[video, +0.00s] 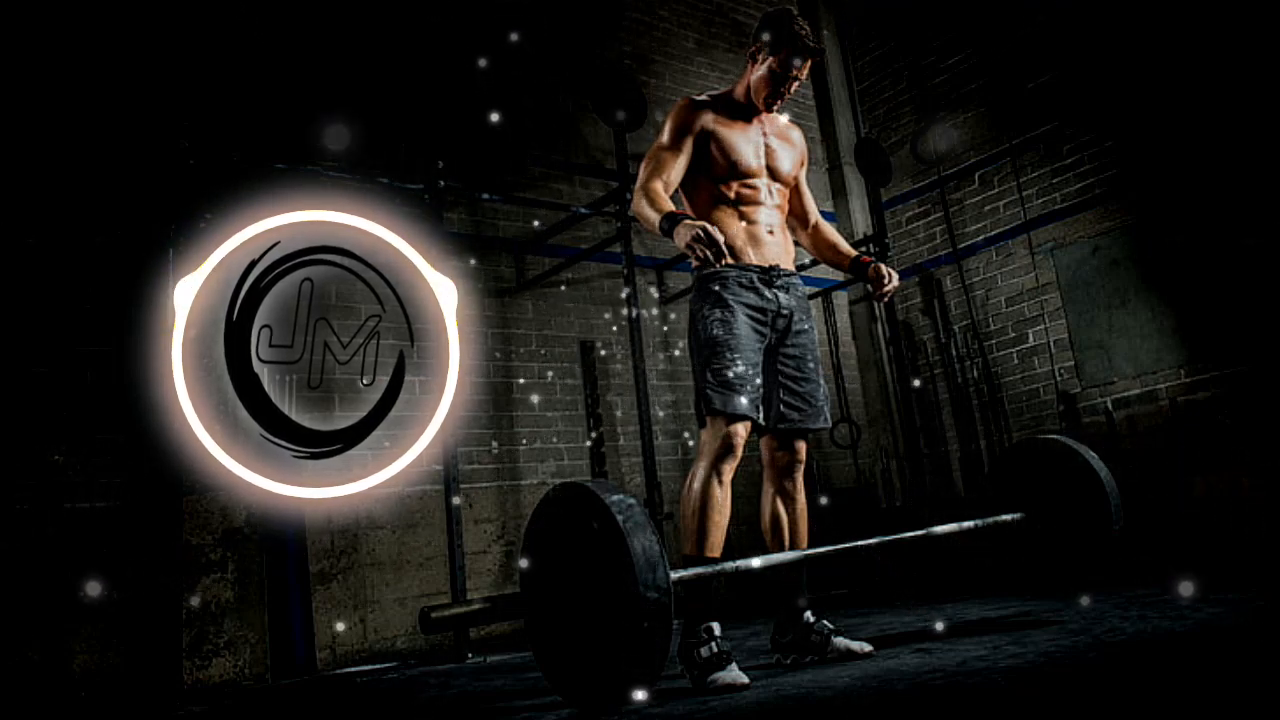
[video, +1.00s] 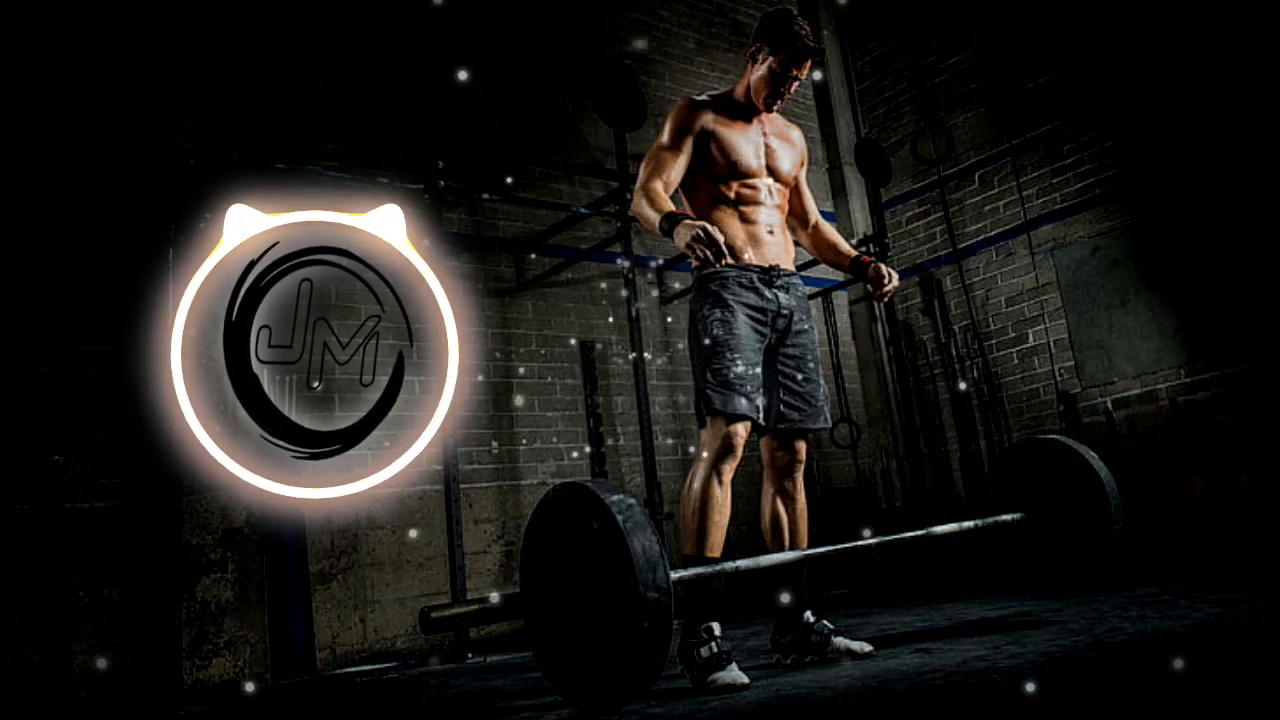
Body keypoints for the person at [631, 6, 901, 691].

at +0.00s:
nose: (787, 93)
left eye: (798, 83)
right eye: (783, 76)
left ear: (802, 77)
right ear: (756, 57)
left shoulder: (792, 135)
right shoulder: (698, 115)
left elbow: (808, 224)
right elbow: (645, 198)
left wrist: (860, 265)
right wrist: (676, 226)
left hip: (790, 296)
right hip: (730, 292)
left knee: (790, 454)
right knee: (729, 437)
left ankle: (797, 624)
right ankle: (698, 634)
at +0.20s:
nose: (790, 94)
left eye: (800, 83)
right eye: (786, 77)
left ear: (804, 77)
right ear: (757, 59)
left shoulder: (792, 136)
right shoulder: (697, 115)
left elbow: (809, 224)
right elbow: (645, 198)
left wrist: (861, 265)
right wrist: (676, 226)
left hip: (790, 297)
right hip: (730, 292)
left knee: (790, 454)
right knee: (729, 437)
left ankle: (796, 625)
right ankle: (698, 634)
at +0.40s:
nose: (790, 94)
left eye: (800, 84)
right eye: (786, 78)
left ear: (803, 79)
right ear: (756, 60)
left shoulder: (792, 136)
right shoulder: (697, 115)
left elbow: (809, 225)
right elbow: (645, 199)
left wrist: (861, 264)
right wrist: (678, 224)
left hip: (790, 297)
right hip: (730, 292)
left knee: (790, 454)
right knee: (729, 438)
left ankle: (796, 624)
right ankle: (698, 634)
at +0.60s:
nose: (787, 94)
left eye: (798, 84)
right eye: (784, 77)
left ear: (802, 78)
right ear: (757, 57)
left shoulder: (792, 136)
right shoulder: (697, 115)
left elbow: (809, 225)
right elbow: (645, 198)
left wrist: (860, 264)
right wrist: (676, 225)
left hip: (790, 296)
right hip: (730, 292)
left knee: (790, 454)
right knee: (729, 437)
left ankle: (796, 624)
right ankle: (698, 633)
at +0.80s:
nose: (789, 92)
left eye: (799, 82)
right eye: (786, 76)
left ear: (802, 77)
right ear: (757, 57)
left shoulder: (792, 137)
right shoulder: (697, 115)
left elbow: (809, 225)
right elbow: (645, 198)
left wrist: (859, 264)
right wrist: (676, 226)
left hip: (790, 296)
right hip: (730, 291)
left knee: (790, 454)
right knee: (729, 438)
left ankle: (794, 624)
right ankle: (698, 633)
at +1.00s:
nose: (789, 92)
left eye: (799, 81)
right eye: (786, 76)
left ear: (801, 77)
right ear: (756, 58)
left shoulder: (792, 137)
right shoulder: (697, 115)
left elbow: (809, 225)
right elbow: (645, 199)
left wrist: (860, 265)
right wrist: (676, 225)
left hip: (790, 296)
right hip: (730, 291)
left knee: (790, 454)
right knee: (729, 437)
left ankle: (794, 624)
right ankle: (698, 633)